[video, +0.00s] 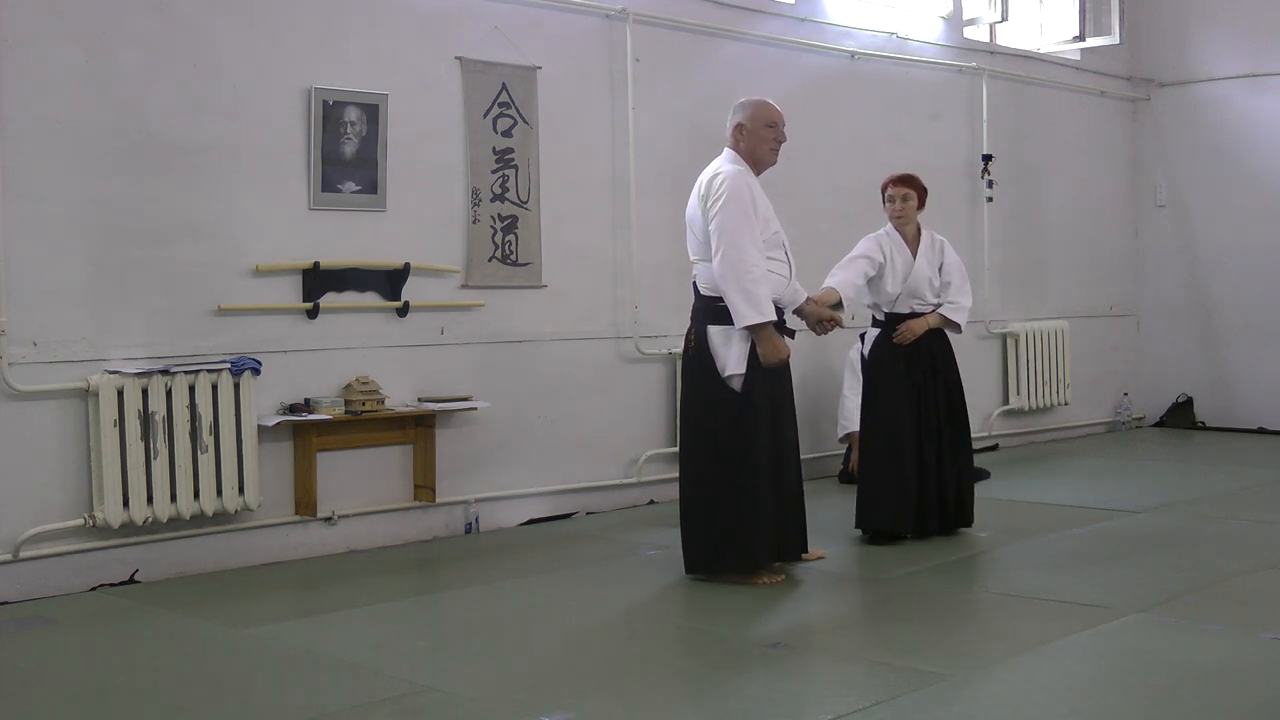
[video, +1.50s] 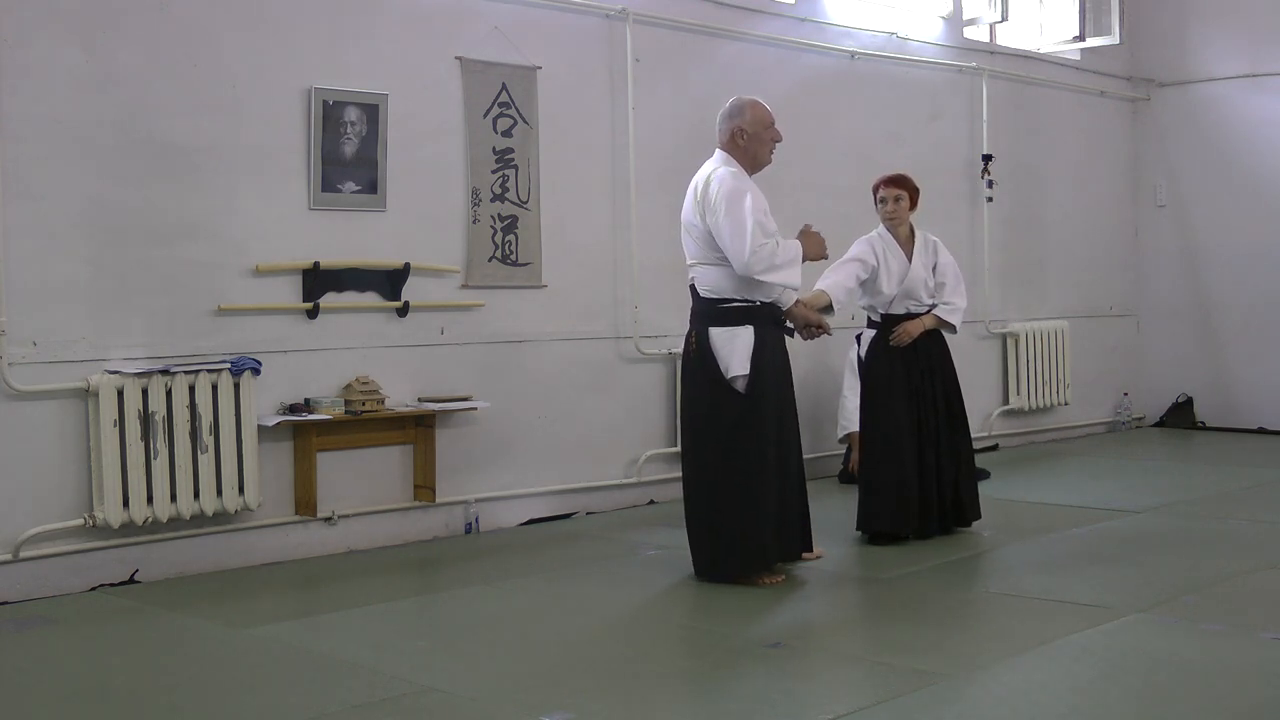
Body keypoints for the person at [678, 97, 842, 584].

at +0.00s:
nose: (782, 137)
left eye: (783, 129)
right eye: (772, 128)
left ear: (746, 134)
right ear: (740, 132)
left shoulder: (743, 181)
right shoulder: (730, 182)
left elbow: (764, 263)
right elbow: (736, 262)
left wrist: (804, 305)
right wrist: (764, 330)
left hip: (755, 327)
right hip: (730, 331)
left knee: (770, 440)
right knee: (734, 447)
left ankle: (778, 542)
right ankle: (731, 559)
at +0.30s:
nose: (782, 138)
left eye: (781, 129)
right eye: (773, 130)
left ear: (741, 133)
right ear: (741, 133)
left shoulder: (738, 181)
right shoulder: (728, 183)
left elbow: (762, 263)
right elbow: (733, 264)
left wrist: (802, 305)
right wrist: (763, 331)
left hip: (752, 328)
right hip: (728, 332)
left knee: (770, 441)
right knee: (733, 449)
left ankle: (779, 541)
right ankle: (732, 560)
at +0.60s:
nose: (779, 138)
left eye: (777, 129)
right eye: (771, 129)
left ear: (739, 133)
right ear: (740, 133)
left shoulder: (732, 180)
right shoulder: (724, 183)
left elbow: (753, 264)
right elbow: (730, 265)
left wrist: (795, 302)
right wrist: (760, 331)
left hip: (745, 327)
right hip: (725, 331)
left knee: (767, 440)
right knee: (733, 448)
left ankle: (778, 541)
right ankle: (734, 561)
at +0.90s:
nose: (776, 138)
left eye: (774, 130)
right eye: (768, 130)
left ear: (736, 133)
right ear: (738, 134)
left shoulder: (729, 181)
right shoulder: (722, 184)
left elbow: (755, 264)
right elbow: (731, 268)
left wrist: (795, 302)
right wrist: (770, 325)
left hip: (744, 324)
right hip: (723, 328)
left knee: (767, 438)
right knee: (732, 447)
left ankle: (777, 542)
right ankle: (734, 561)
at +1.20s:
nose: (776, 138)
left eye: (774, 129)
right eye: (768, 129)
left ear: (735, 134)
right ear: (737, 134)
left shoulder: (725, 180)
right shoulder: (721, 182)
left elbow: (742, 263)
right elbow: (735, 258)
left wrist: (790, 306)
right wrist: (794, 264)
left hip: (748, 325)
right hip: (727, 329)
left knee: (769, 438)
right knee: (734, 446)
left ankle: (776, 541)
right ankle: (734, 561)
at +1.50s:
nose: (778, 136)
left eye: (776, 128)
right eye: (770, 129)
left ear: (736, 136)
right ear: (739, 135)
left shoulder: (717, 179)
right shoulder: (729, 185)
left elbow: (743, 266)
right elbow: (753, 257)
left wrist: (790, 308)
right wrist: (802, 249)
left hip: (737, 322)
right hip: (734, 328)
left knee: (763, 438)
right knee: (738, 444)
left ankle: (772, 544)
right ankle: (736, 560)